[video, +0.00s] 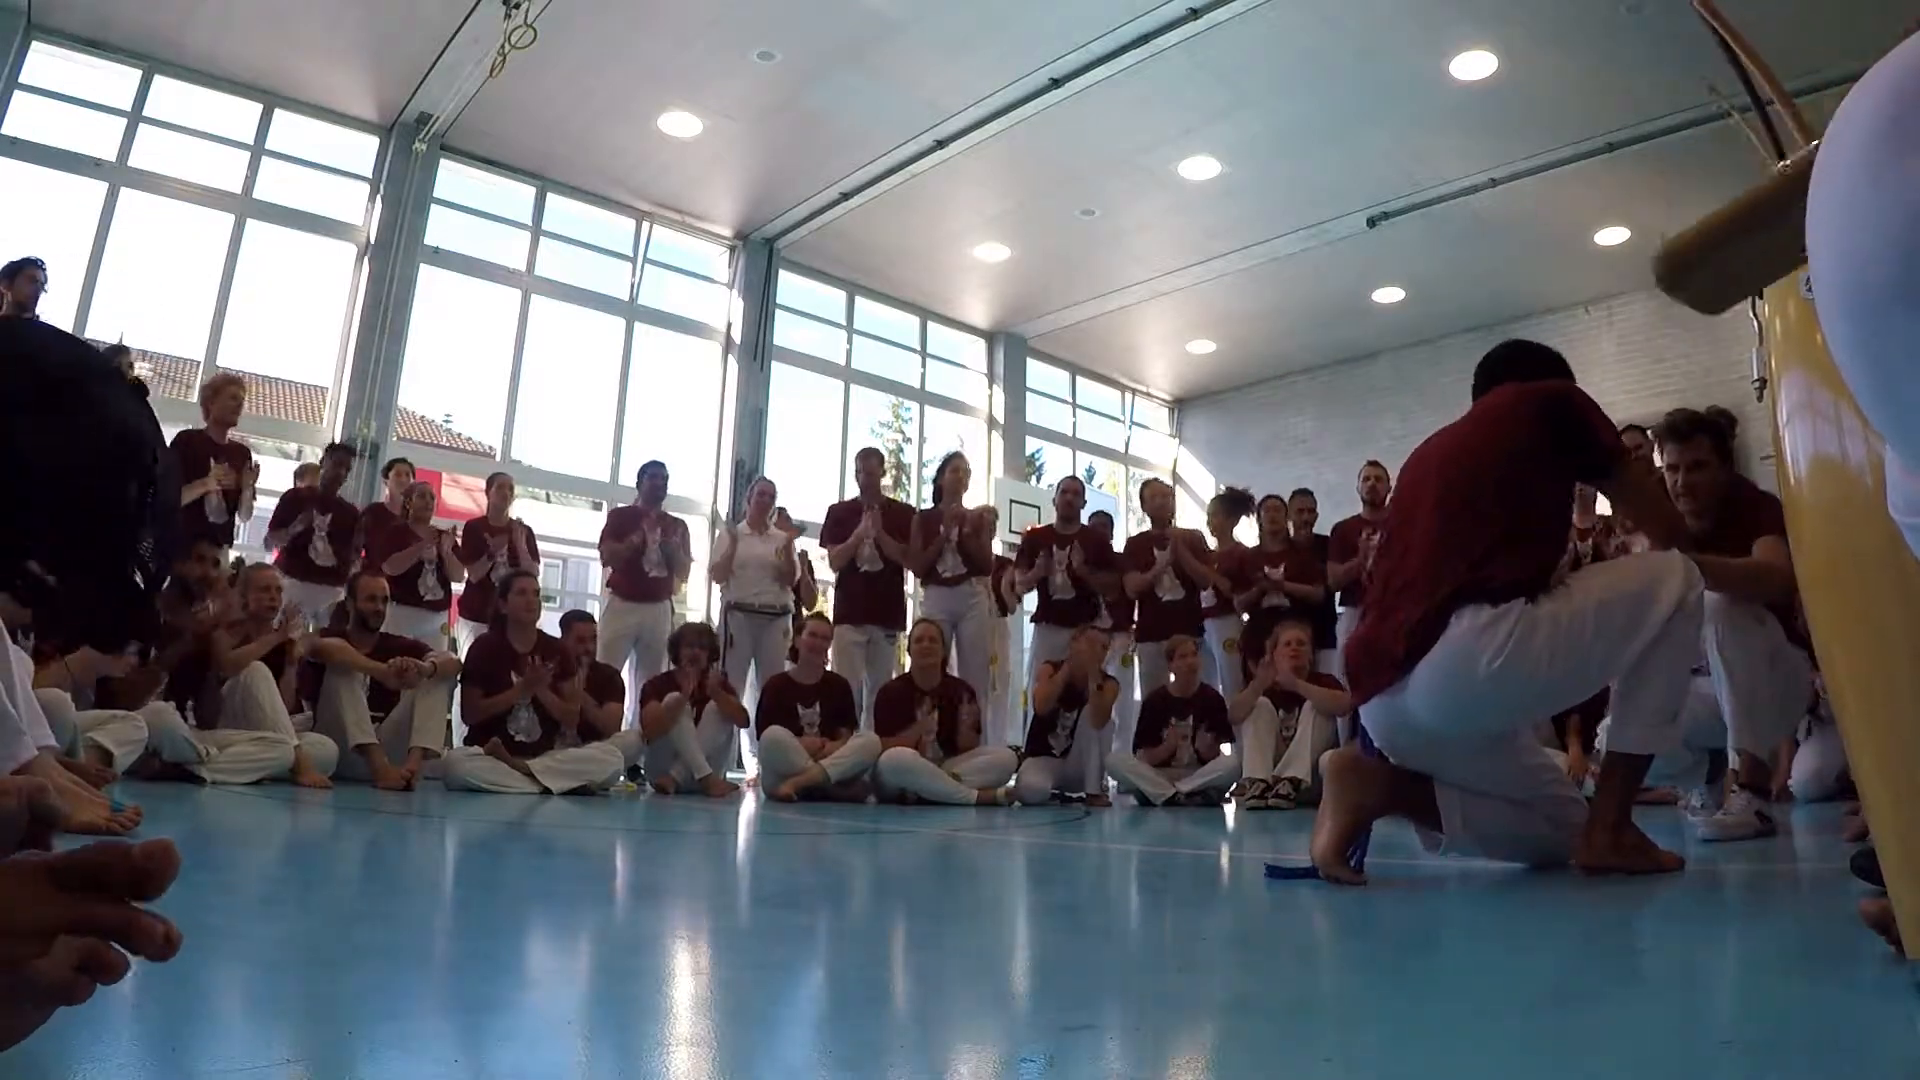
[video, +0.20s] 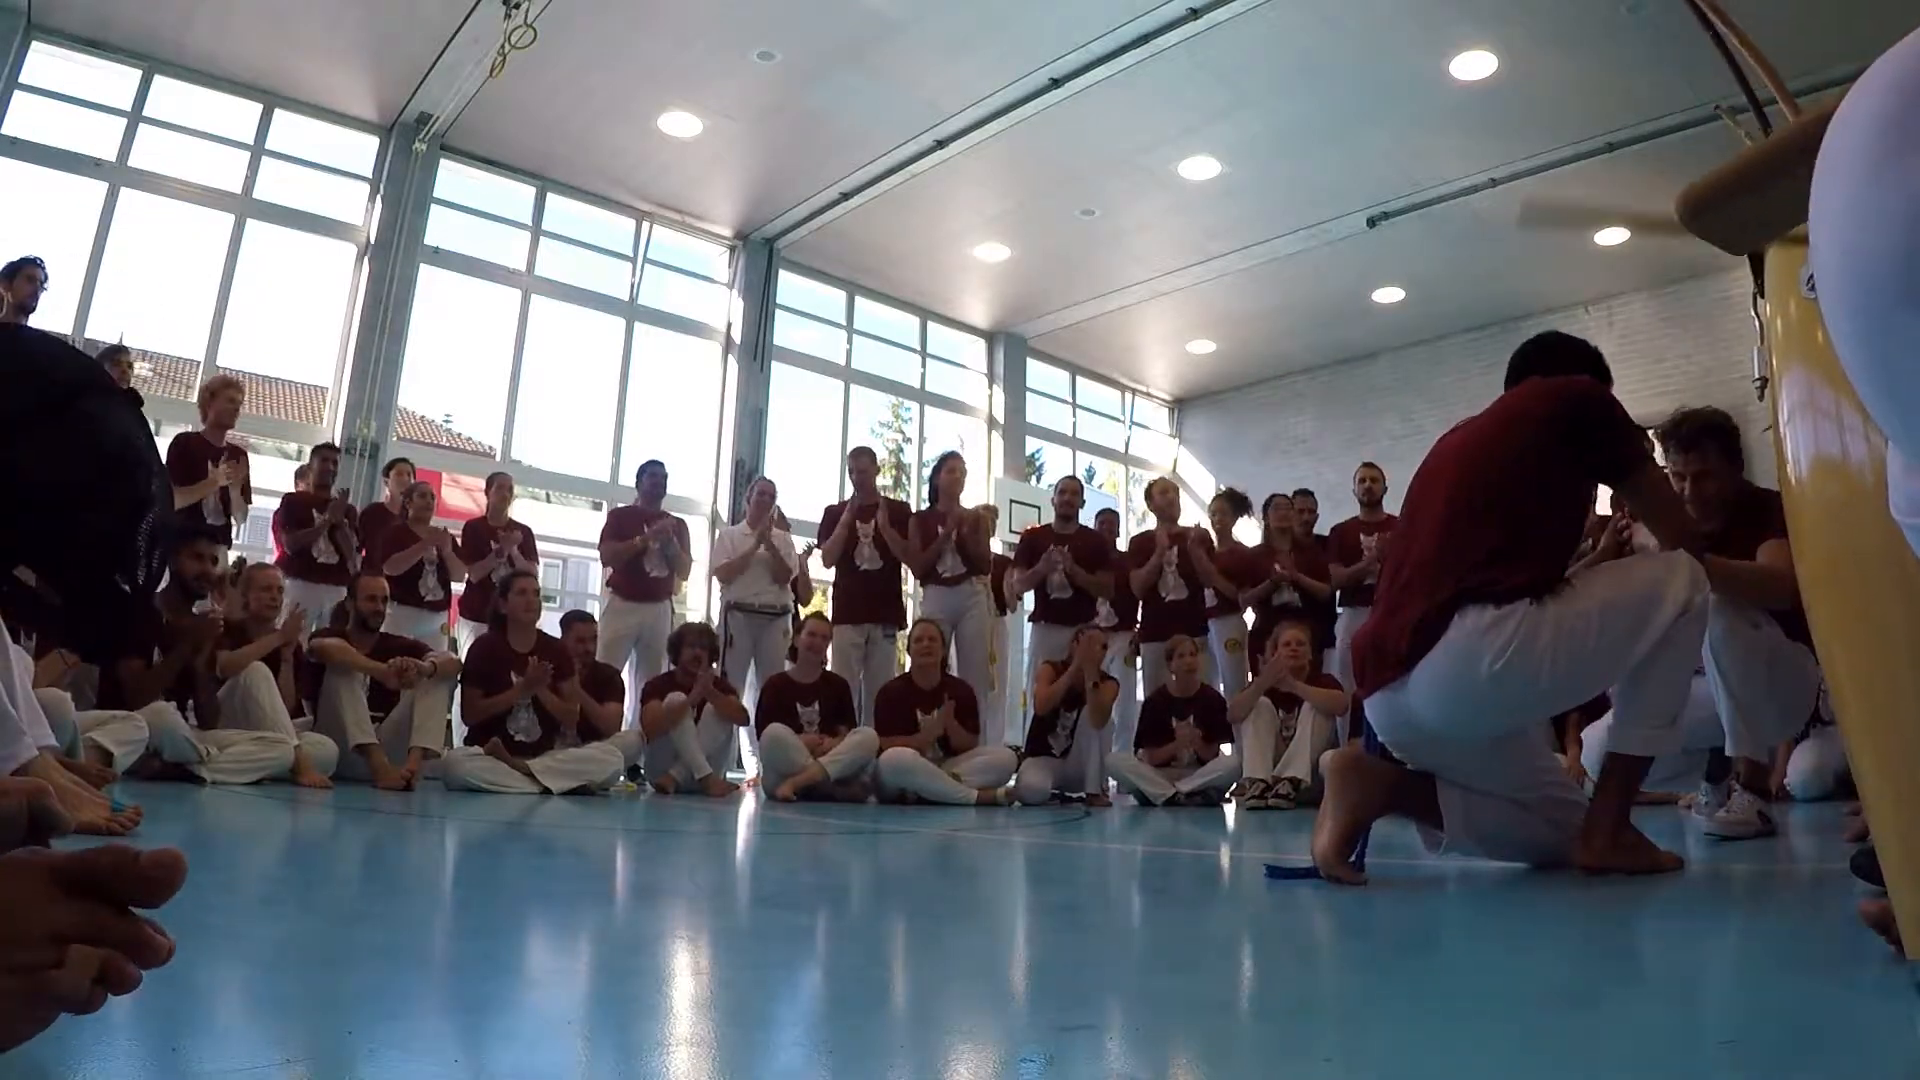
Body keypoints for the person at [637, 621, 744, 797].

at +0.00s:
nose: (695, 652)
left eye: (702, 648)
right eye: (689, 646)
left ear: (711, 654)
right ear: (676, 652)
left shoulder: (718, 682)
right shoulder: (656, 684)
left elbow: (743, 721)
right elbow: (650, 731)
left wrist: (716, 693)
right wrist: (683, 696)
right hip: (664, 771)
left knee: (719, 706)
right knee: (674, 701)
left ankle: (674, 777)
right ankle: (707, 778)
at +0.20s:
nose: (697, 653)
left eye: (703, 648)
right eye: (691, 647)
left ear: (712, 656)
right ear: (676, 652)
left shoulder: (719, 684)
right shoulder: (656, 685)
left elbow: (743, 719)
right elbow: (651, 728)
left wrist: (709, 691)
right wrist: (693, 697)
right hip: (664, 770)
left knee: (719, 707)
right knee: (676, 700)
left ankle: (674, 776)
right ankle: (707, 777)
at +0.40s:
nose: (695, 647)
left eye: (698, 641)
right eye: (686, 644)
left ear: (706, 647)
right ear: (673, 652)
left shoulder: (718, 682)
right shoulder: (656, 685)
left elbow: (744, 721)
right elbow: (651, 729)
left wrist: (713, 693)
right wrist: (695, 696)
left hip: (709, 771)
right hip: (665, 771)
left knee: (720, 708)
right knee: (675, 700)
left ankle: (674, 776)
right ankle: (707, 777)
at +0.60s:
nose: (692, 648)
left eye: (695, 642)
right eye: (683, 644)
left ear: (702, 646)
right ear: (669, 652)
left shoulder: (716, 680)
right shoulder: (656, 685)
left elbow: (745, 722)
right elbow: (650, 729)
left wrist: (716, 695)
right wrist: (687, 696)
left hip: (709, 771)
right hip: (665, 771)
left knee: (720, 707)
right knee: (674, 701)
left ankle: (674, 776)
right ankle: (707, 777)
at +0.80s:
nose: (691, 648)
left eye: (694, 642)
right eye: (682, 645)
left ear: (701, 646)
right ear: (668, 653)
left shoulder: (716, 681)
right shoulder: (655, 685)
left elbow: (743, 718)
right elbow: (650, 729)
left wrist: (712, 692)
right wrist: (688, 700)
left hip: (709, 771)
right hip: (664, 771)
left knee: (719, 706)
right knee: (675, 700)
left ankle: (675, 776)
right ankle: (707, 777)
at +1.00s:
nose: (690, 649)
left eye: (692, 642)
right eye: (681, 645)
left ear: (699, 645)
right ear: (668, 653)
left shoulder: (714, 679)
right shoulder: (654, 686)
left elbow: (743, 719)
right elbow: (651, 730)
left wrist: (715, 692)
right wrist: (684, 696)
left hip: (710, 770)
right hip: (664, 771)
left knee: (720, 706)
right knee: (674, 701)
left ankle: (674, 776)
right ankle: (708, 778)